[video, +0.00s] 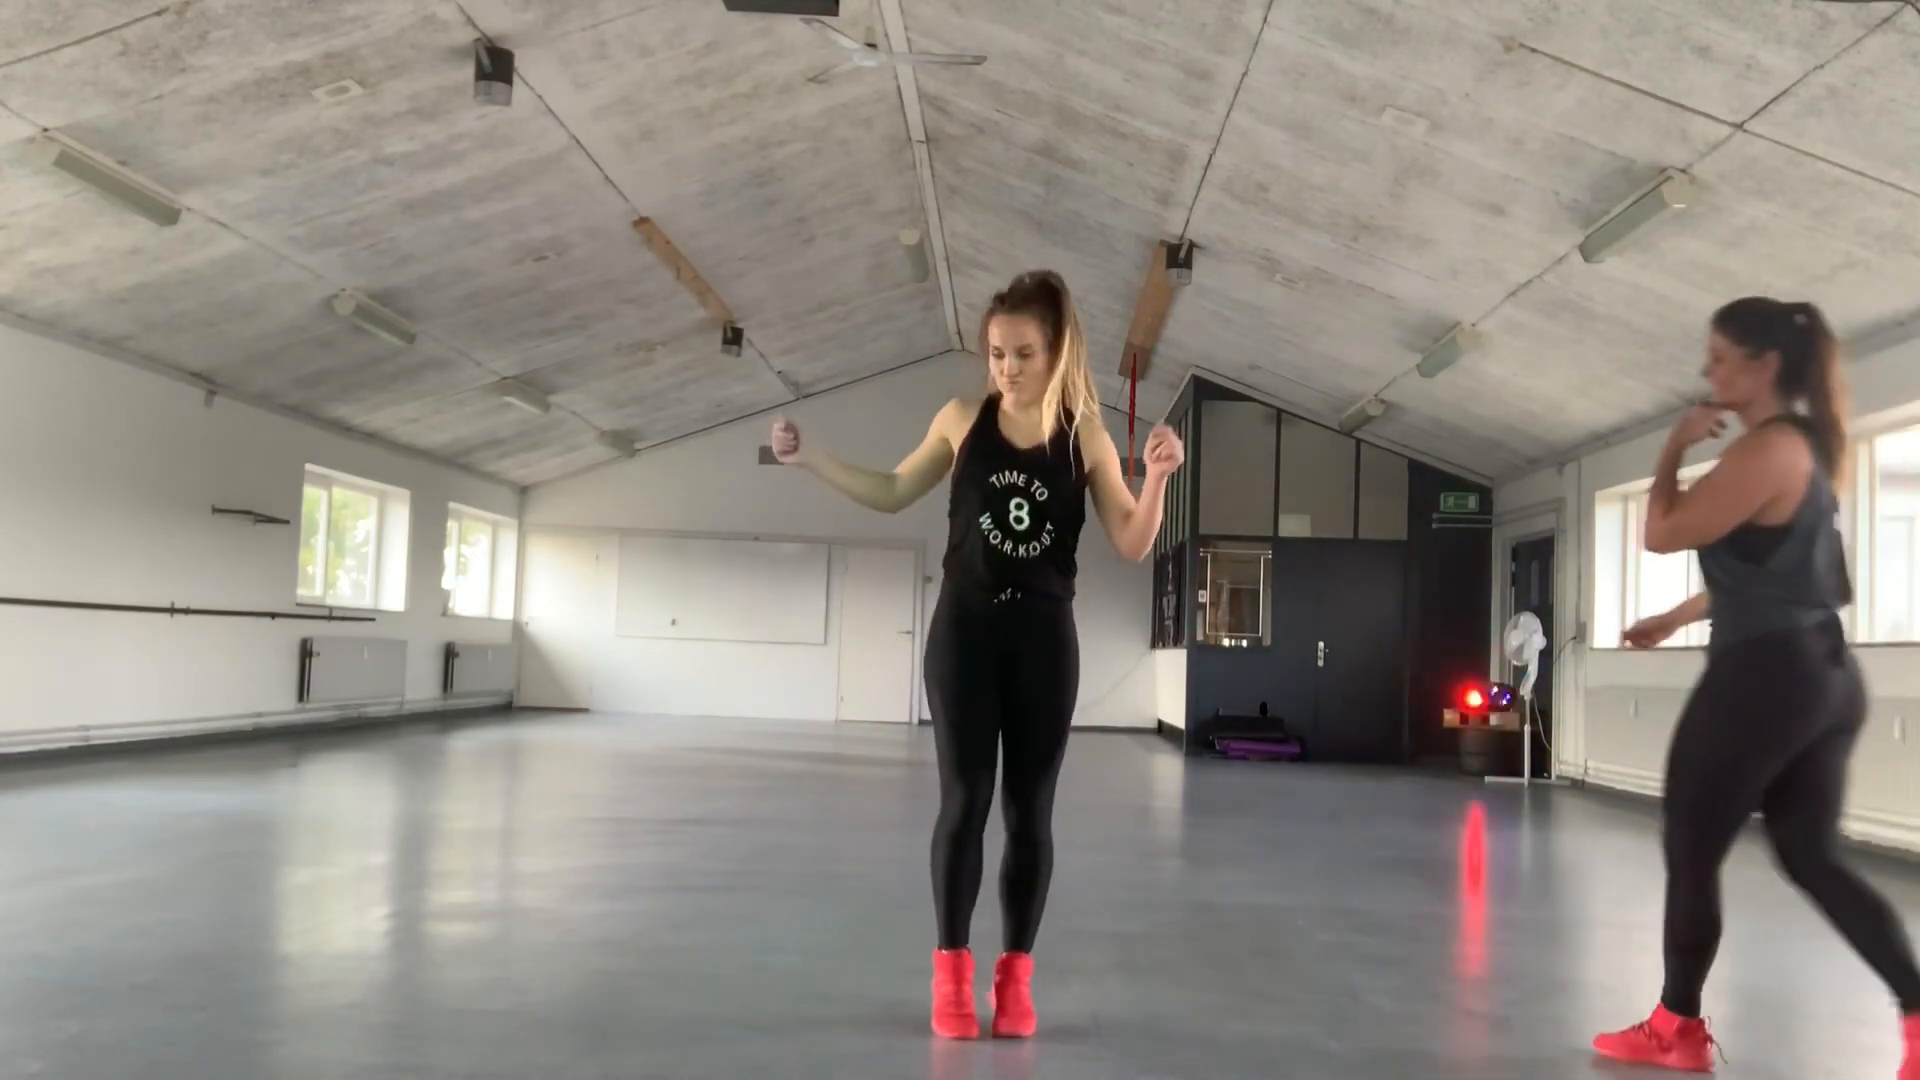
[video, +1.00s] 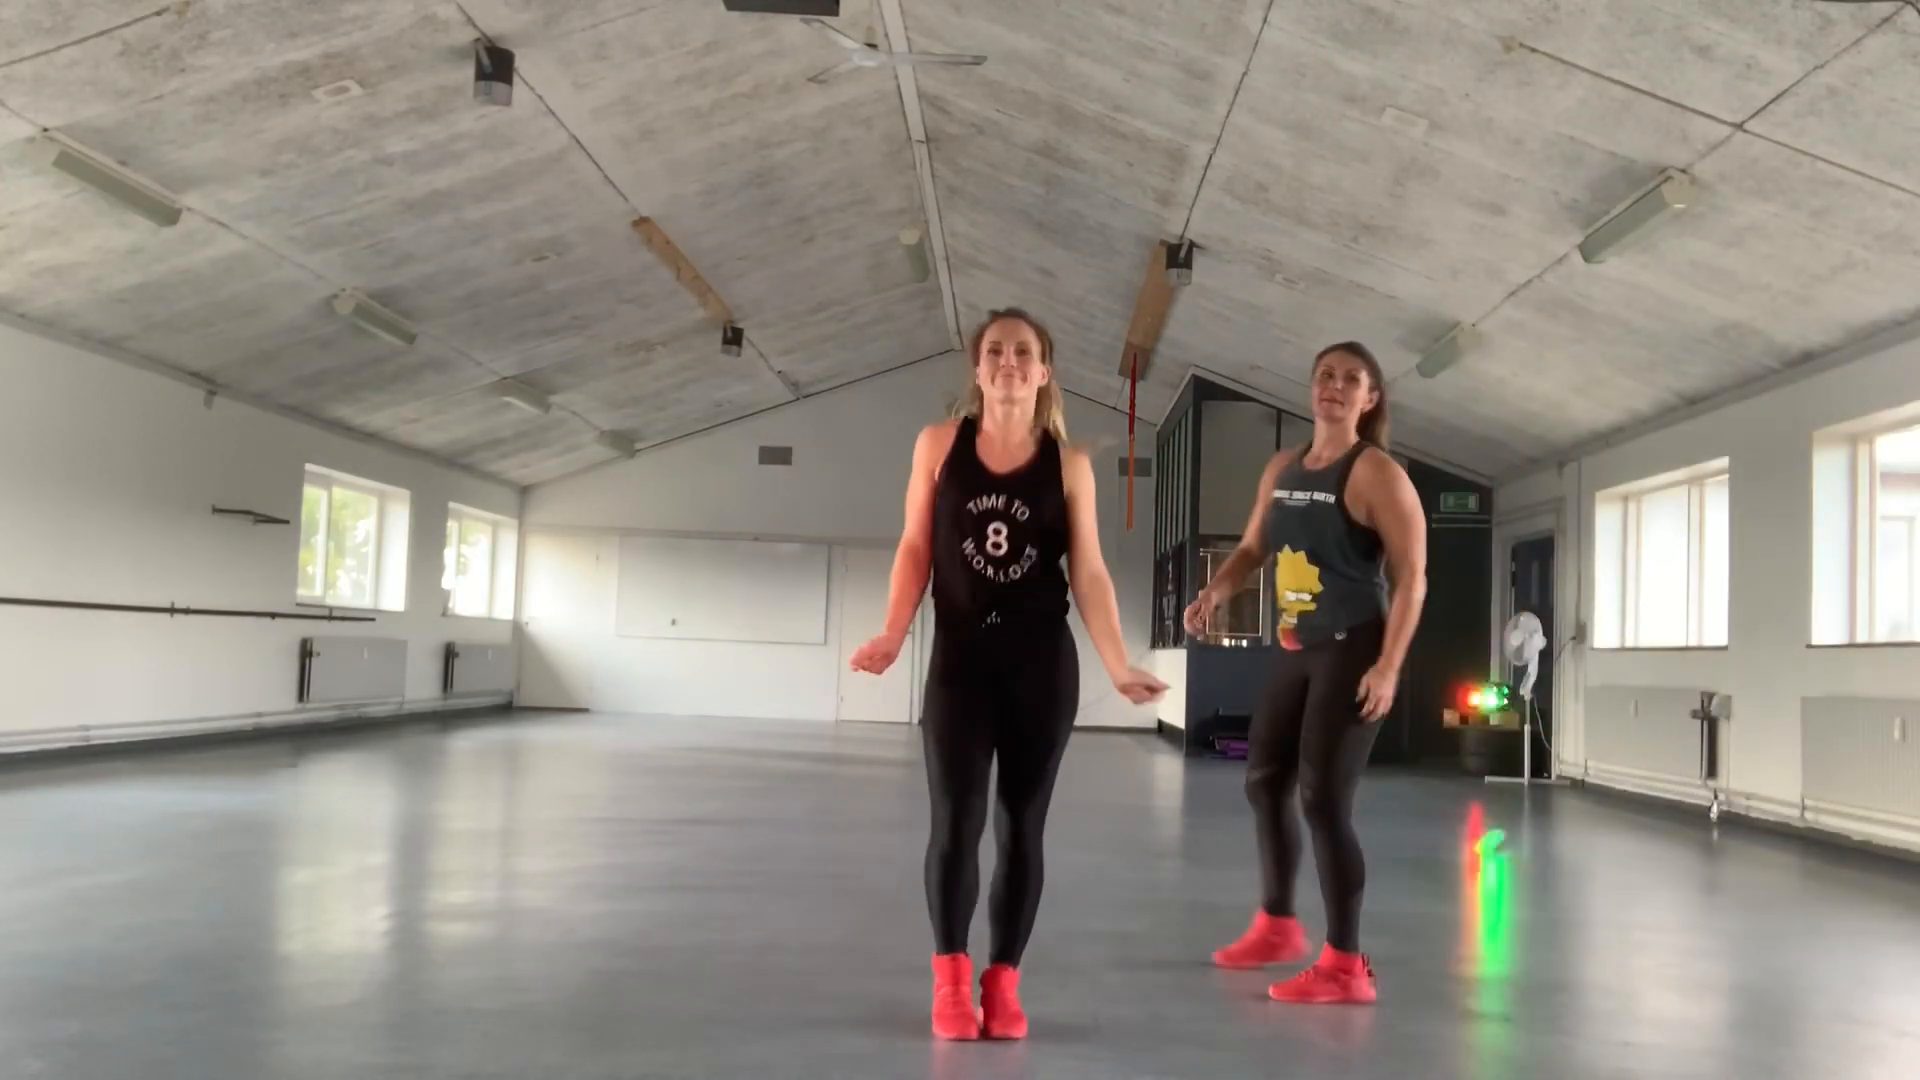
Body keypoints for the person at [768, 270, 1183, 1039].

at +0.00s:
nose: (1005, 369)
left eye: (1022, 353)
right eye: (994, 352)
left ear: (1059, 353)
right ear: (984, 351)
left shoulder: (1085, 432)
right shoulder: (963, 419)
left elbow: (1131, 544)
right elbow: (890, 492)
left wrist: (1156, 480)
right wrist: (804, 454)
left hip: (1044, 641)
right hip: (963, 635)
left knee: (1030, 812)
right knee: (964, 801)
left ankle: (1015, 972)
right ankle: (952, 970)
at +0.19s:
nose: (1020, 376)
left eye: (1035, 365)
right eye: (1008, 364)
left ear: (1060, 378)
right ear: (991, 375)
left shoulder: (1082, 469)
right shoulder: (958, 451)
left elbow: (1097, 589)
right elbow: (901, 534)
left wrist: (1131, 570)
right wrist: (831, 540)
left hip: (1049, 670)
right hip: (968, 668)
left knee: (1034, 830)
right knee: (964, 828)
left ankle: (1015, 977)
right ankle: (956, 970)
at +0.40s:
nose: (1021, 336)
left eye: (1034, 326)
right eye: (1008, 324)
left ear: (1051, 342)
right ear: (983, 338)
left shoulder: (1079, 428)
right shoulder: (948, 429)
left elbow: (1086, 542)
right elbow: (922, 536)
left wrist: (1081, 640)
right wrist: (895, 626)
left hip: (1037, 633)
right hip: (953, 630)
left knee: (1023, 806)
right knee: (958, 800)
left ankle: (1012, 970)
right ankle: (956, 970)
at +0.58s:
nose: (1013, 359)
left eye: (1026, 349)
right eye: (999, 348)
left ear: (1043, 365)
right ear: (975, 364)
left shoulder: (1069, 456)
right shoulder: (938, 441)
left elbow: (1088, 565)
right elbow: (911, 548)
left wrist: (1101, 663)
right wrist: (894, 643)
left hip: (1044, 658)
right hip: (958, 655)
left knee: (1023, 824)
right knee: (954, 820)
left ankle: (1004, 977)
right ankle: (952, 972)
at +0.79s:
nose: (1002, 338)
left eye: (1015, 327)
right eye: (988, 328)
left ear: (1037, 344)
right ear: (967, 348)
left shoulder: (1074, 428)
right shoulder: (941, 432)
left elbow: (1089, 534)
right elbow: (913, 538)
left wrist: (1097, 634)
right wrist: (873, 633)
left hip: (1036, 642)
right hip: (953, 640)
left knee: (1014, 813)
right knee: (954, 808)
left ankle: (1002, 974)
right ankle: (953, 973)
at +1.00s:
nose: (1008, 363)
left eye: (1023, 353)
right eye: (995, 352)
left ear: (1044, 372)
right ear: (976, 367)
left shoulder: (1069, 463)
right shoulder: (940, 444)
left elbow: (1090, 572)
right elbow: (915, 547)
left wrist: (1119, 665)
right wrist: (892, 631)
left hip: (1042, 666)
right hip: (959, 663)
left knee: (1022, 827)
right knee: (957, 824)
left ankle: (1005, 977)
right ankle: (951, 973)